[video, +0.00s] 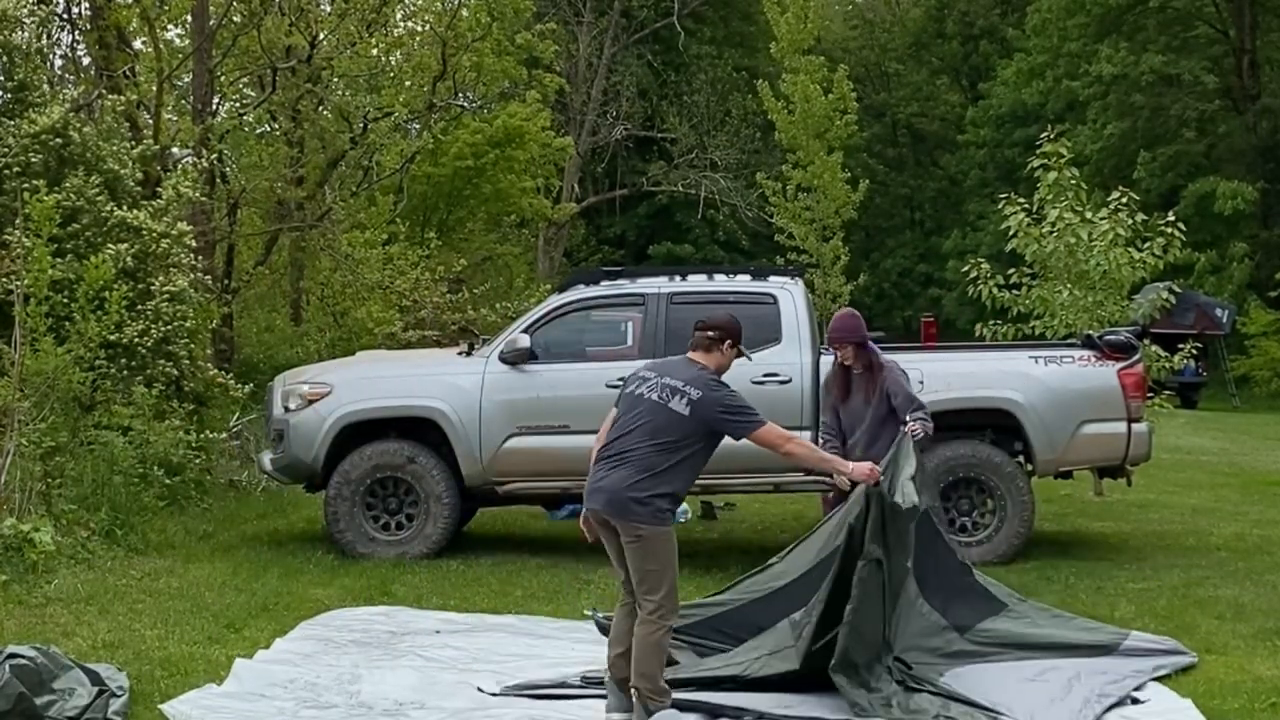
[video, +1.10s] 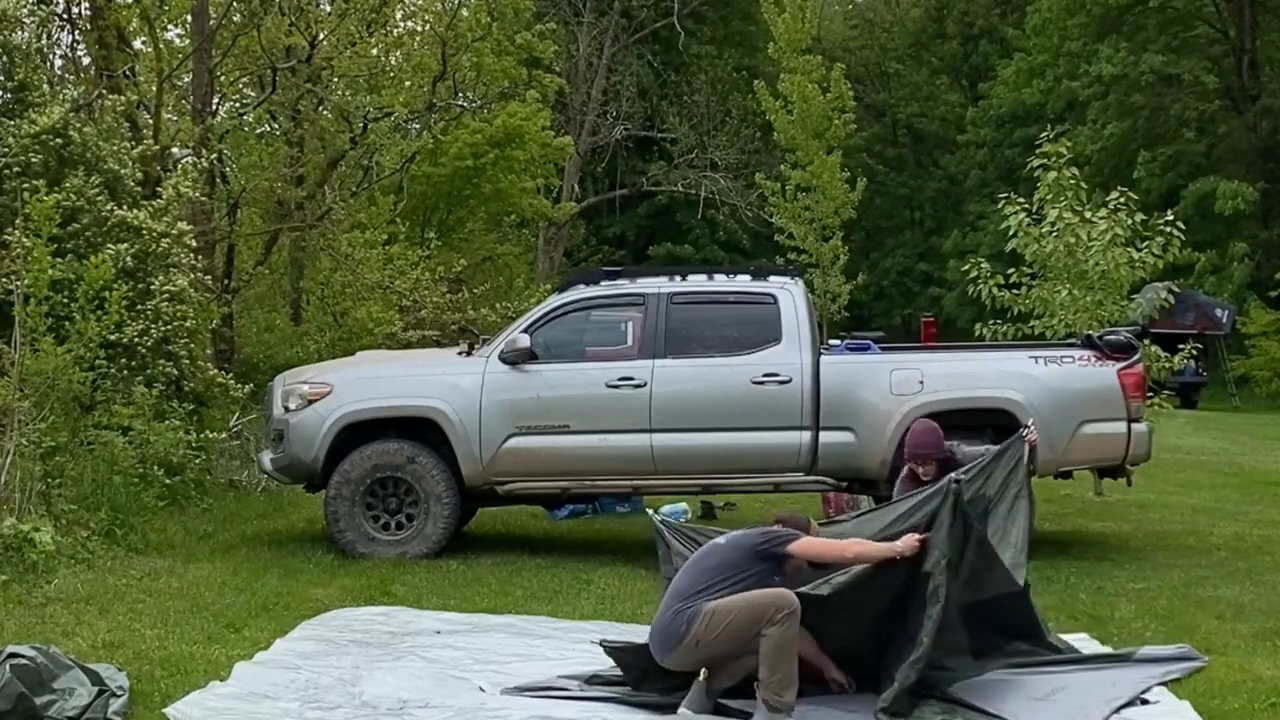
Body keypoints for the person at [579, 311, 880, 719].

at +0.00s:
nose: (733, 362)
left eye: (735, 355)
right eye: (734, 354)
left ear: (693, 343)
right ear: (725, 348)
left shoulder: (645, 372)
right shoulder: (714, 393)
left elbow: (601, 440)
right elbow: (785, 444)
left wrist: (590, 502)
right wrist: (846, 467)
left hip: (599, 496)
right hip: (642, 504)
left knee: (632, 596)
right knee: (657, 606)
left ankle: (619, 694)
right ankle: (651, 706)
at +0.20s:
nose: (812, 407)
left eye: (813, 401)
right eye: (813, 401)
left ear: (772, 390)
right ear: (804, 396)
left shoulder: (733, 413)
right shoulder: (791, 425)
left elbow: (730, 502)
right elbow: (854, 480)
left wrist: (766, 571)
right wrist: (902, 483)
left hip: (669, 518)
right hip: (719, 522)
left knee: (694, 602)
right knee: (770, 613)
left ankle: (652, 697)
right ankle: (770, 711)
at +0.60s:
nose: (821, 456)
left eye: (820, 450)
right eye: (821, 451)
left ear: (782, 443)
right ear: (816, 448)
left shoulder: (746, 458)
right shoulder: (811, 465)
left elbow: (748, 519)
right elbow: (889, 485)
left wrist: (806, 547)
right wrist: (953, 487)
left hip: (679, 538)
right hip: (735, 542)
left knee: (709, 609)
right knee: (786, 619)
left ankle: (690, 699)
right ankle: (770, 707)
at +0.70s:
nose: (822, 491)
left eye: (821, 486)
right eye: (819, 485)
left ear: (778, 474)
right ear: (807, 479)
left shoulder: (744, 494)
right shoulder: (797, 492)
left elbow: (752, 576)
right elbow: (874, 498)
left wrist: (807, 613)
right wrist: (941, 489)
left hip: (672, 574)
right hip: (721, 574)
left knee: (726, 619)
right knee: (801, 623)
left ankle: (694, 703)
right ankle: (773, 711)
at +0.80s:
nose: (832, 511)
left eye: (829, 507)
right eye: (825, 505)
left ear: (781, 500)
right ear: (802, 504)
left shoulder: (751, 519)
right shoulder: (790, 516)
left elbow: (769, 597)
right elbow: (867, 525)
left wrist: (805, 653)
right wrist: (924, 519)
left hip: (671, 608)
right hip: (703, 607)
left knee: (747, 617)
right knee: (809, 619)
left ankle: (697, 694)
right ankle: (774, 709)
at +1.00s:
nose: (807, 565)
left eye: (808, 560)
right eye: (807, 556)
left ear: (776, 530)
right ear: (794, 538)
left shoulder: (752, 558)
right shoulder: (772, 537)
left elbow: (782, 624)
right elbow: (856, 549)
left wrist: (824, 668)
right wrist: (901, 542)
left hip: (673, 640)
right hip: (690, 628)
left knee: (770, 636)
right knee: (795, 608)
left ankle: (700, 700)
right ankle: (774, 710)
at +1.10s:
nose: (803, 575)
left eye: (806, 569)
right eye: (805, 565)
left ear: (785, 551)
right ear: (792, 547)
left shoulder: (757, 574)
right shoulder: (765, 538)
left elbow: (787, 628)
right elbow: (845, 551)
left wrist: (826, 667)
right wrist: (896, 548)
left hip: (675, 645)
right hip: (682, 630)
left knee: (771, 641)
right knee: (782, 605)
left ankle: (703, 695)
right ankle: (774, 710)